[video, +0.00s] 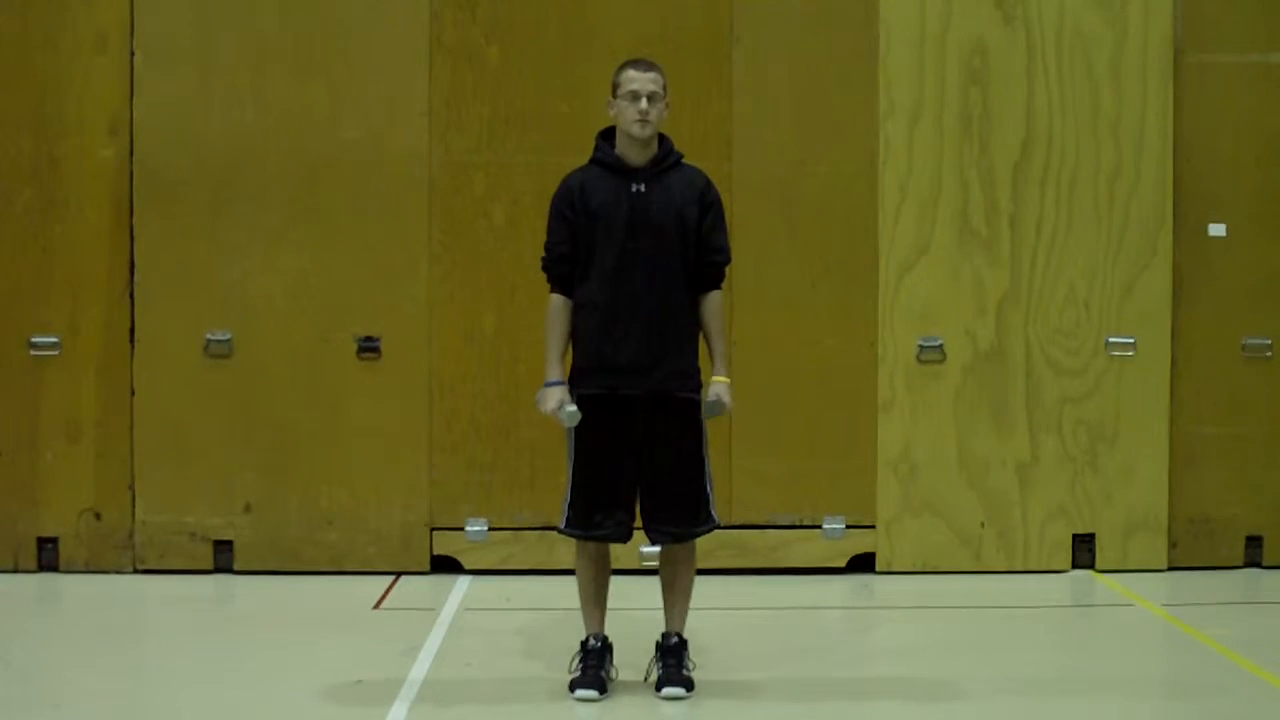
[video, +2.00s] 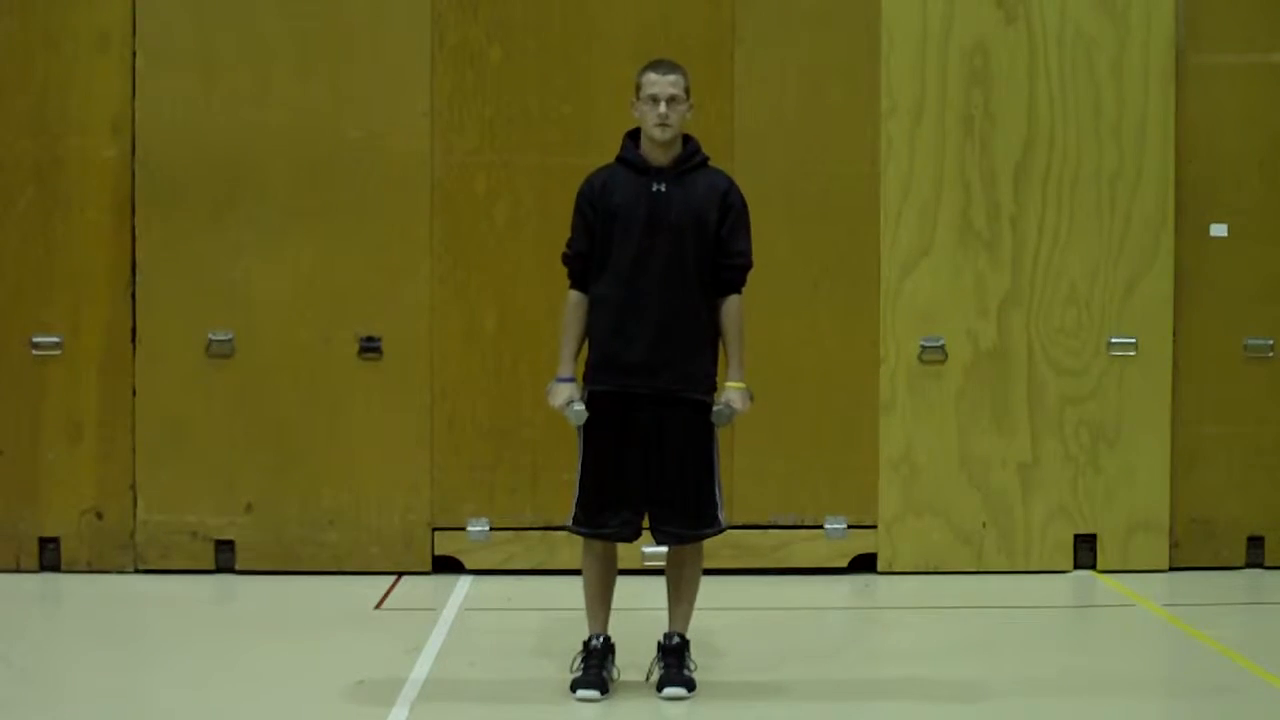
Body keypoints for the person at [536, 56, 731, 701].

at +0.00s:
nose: (644, 107)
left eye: (654, 98)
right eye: (633, 97)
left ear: (667, 110)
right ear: (611, 107)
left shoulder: (694, 188)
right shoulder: (579, 188)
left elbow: (710, 287)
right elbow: (560, 290)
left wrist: (720, 370)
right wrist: (554, 377)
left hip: (674, 383)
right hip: (598, 384)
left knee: (678, 523)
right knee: (593, 522)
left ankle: (673, 648)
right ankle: (594, 647)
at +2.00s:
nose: (663, 110)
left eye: (674, 101)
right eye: (653, 100)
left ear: (690, 109)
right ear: (635, 108)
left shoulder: (718, 192)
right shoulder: (601, 188)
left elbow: (730, 292)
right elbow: (580, 287)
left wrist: (734, 378)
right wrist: (564, 372)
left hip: (688, 386)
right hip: (612, 383)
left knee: (686, 523)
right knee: (600, 520)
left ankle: (675, 647)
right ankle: (596, 645)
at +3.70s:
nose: (294, 269)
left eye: (291, 255)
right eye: (285, 263)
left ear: (312, 225)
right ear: (307, 231)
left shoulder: (399, 246)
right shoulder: (348, 261)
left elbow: (438, 353)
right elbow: (378, 353)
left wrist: (440, 451)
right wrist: (370, 435)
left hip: (479, 390)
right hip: (431, 389)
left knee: (418, 524)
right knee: (402, 521)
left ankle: (376, 660)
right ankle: (428, 654)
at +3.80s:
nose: (272, 306)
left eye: (268, 293)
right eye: (262, 301)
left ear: (289, 260)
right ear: (287, 262)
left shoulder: (370, 280)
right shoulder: (332, 287)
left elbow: (415, 388)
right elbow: (368, 378)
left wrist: (420, 491)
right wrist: (363, 460)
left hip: (470, 400)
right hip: (428, 400)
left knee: (393, 526)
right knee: (387, 518)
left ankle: (365, 667)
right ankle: (427, 654)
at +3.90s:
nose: (258, 354)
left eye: (250, 342)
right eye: (247, 348)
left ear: (265, 310)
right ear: (267, 310)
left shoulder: (346, 316)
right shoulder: (319, 312)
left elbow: (392, 426)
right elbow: (363, 410)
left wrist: (401, 532)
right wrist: (359, 481)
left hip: (464, 404)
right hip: (426, 405)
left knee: (368, 523)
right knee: (360, 515)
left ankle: (363, 669)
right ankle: (413, 636)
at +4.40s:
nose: (255, 497)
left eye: (253, 486)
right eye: (247, 491)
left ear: (273, 460)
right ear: (271, 457)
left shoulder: (346, 466)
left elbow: (408, 577)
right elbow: (285, 534)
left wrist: (435, 676)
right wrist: (249, 599)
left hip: (458, 531)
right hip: (416, 519)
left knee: (316, 551)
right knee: (304, 540)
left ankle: (358, 671)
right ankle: (363, 659)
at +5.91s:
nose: (709, 563)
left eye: (724, 566)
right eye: (717, 558)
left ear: (739, 597)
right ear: (716, 575)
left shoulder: (696, 642)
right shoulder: (681, 604)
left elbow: (597, 677)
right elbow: (592, 594)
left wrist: (536, 617)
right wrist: (554, 524)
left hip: (519, 647)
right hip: (534, 610)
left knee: (409, 544)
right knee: (435, 506)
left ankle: (307, 641)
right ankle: (368, 621)